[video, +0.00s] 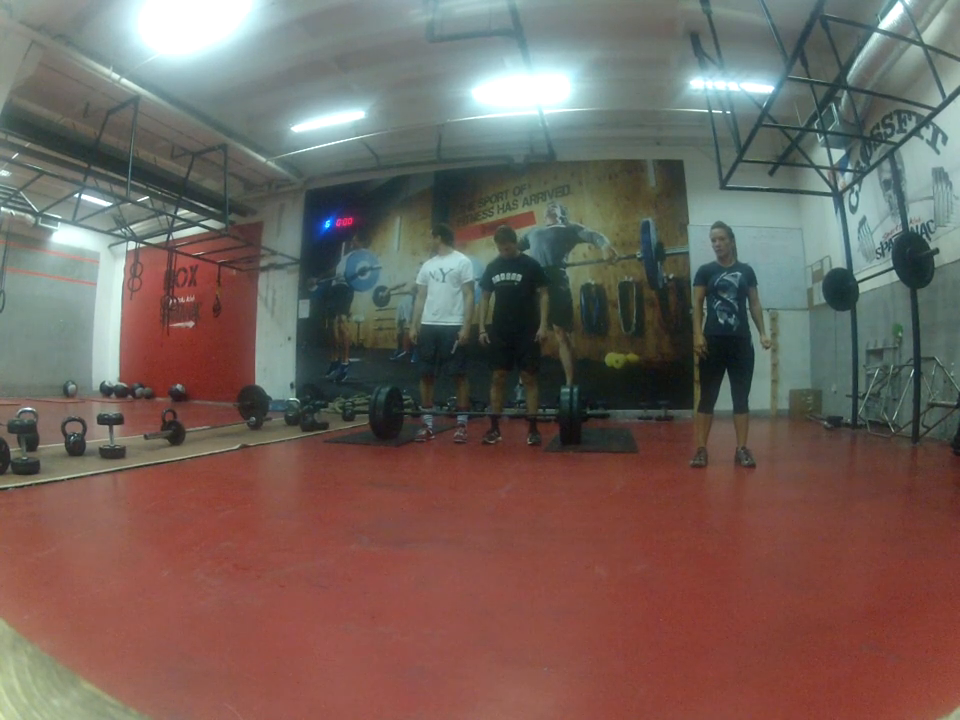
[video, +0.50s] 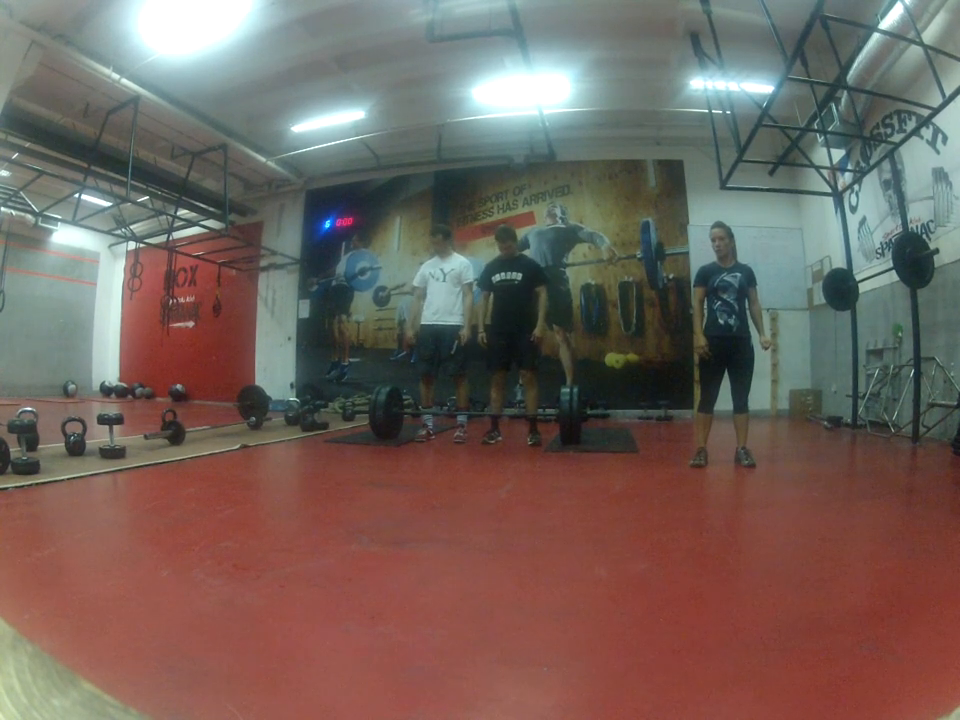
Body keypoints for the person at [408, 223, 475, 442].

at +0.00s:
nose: (430, 241)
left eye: (432, 237)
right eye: (431, 237)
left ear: (441, 238)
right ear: (439, 239)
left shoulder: (462, 261)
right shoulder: (427, 265)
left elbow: (469, 295)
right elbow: (420, 297)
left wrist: (466, 327)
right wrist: (414, 325)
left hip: (454, 327)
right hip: (428, 326)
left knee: (459, 375)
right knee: (426, 374)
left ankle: (462, 424)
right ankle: (427, 424)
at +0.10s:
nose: (430, 241)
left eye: (432, 237)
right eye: (430, 237)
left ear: (441, 239)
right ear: (439, 239)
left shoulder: (462, 262)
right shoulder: (427, 265)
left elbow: (469, 295)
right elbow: (419, 297)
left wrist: (466, 327)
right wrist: (414, 326)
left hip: (454, 327)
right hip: (428, 327)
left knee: (459, 375)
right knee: (426, 375)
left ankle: (462, 424)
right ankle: (427, 424)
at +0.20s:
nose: (430, 242)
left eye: (432, 238)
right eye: (431, 238)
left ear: (441, 239)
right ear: (439, 239)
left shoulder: (462, 262)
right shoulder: (427, 265)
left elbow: (469, 295)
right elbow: (419, 297)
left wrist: (466, 327)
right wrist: (413, 326)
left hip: (454, 327)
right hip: (428, 326)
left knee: (459, 375)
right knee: (426, 375)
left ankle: (461, 425)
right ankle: (427, 425)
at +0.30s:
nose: (429, 242)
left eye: (431, 239)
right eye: (429, 239)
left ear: (443, 239)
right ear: (438, 240)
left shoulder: (462, 262)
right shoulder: (427, 265)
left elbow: (469, 295)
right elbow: (418, 297)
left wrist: (466, 327)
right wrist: (413, 326)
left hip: (453, 327)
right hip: (427, 326)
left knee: (459, 375)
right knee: (426, 375)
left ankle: (461, 424)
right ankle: (427, 424)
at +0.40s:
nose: (432, 244)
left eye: (435, 241)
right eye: (431, 241)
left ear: (447, 240)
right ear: (432, 242)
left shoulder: (462, 263)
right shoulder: (426, 266)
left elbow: (469, 296)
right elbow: (418, 298)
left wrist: (466, 327)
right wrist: (412, 327)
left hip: (454, 327)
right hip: (427, 327)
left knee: (459, 375)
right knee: (426, 375)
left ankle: (461, 425)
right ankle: (427, 425)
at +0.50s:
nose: (434, 245)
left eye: (438, 241)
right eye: (433, 242)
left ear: (447, 240)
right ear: (432, 242)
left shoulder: (462, 263)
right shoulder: (426, 266)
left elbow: (468, 295)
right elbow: (417, 298)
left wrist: (466, 326)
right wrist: (410, 326)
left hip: (454, 327)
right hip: (428, 327)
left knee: (459, 375)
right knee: (426, 376)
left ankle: (461, 425)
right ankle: (427, 425)